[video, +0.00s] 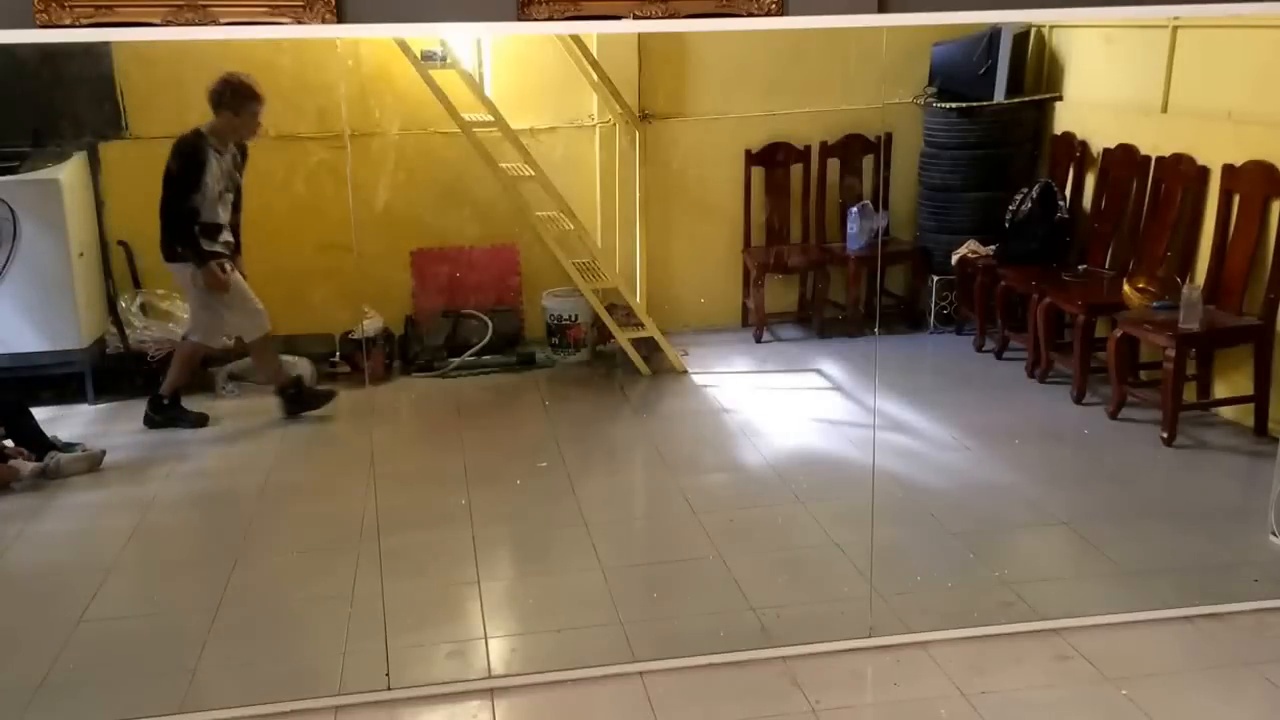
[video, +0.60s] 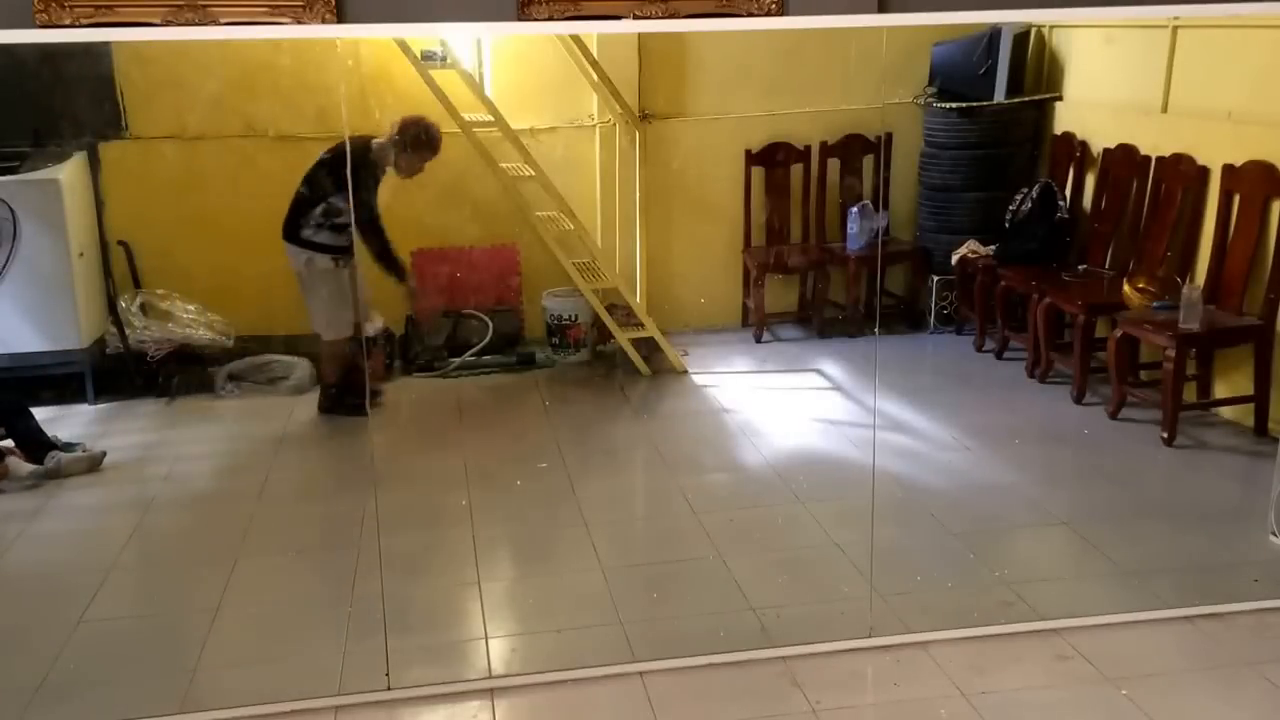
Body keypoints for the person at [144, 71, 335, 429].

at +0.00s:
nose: (258, 125)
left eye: (259, 117)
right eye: (254, 117)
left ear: (234, 115)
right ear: (229, 115)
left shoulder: (237, 152)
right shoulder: (190, 148)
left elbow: (233, 210)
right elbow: (175, 213)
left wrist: (235, 256)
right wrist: (203, 263)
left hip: (216, 252)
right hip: (192, 254)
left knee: (203, 328)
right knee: (253, 318)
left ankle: (163, 403)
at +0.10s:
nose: (288, 153)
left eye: (292, 145)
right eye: (285, 143)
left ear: (274, 137)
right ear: (265, 133)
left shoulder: (264, 168)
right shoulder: (217, 162)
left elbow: (255, 218)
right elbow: (197, 220)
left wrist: (256, 265)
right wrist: (211, 276)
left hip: (237, 257)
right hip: (212, 258)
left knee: (215, 334)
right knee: (264, 322)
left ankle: (164, 401)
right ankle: (319, 389)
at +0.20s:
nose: (332, 174)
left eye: (335, 167)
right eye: (331, 166)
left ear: (314, 156)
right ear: (313, 155)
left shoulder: (295, 180)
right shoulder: (257, 169)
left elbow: (278, 234)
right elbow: (228, 226)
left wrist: (276, 282)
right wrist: (220, 284)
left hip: (260, 263)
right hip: (239, 263)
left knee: (225, 332)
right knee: (285, 328)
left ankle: (167, 396)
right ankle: (328, 394)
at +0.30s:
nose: (361, 185)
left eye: (365, 179)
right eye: (360, 177)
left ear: (342, 161)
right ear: (344, 166)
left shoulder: (322, 178)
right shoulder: (302, 180)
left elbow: (301, 233)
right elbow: (273, 236)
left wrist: (297, 275)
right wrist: (245, 290)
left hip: (269, 249)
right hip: (253, 251)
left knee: (249, 324)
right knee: (295, 314)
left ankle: (186, 380)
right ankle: (329, 393)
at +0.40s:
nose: (379, 187)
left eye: (384, 182)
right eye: (379, 180)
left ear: (363, 160)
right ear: (364, 166)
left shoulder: (335, 163)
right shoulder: (329, 183)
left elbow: (317, 226)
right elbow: (309, 239)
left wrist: (313, 264)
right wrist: (294, 294)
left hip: (274, 243)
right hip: (276, 249)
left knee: (285, 319)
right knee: (311, 321)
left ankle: (226, 368)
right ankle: (329, 393)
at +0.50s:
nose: (400, 179)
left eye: (406, 173)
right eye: (401, 170)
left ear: (384, 147)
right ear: (387, 152)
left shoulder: (348, 159)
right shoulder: (345, 168)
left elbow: (335, 228)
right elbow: (341, 235)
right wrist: (353, 294)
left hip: (305, 244)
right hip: (295, 246)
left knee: (324, 316)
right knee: (323, 320)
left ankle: (279, 371)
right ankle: (330, 393)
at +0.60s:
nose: (420, 170)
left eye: (424, 163)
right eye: (420, 162)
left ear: (402, 145)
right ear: (404, 149)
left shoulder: (373, 158)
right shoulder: (361, 163)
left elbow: (368, 222)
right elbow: (367, 223)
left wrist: (396, 268)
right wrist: (399, 271)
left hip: (337, 244)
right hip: (313, 245)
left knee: (354, 320)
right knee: (334, 325)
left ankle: (348, 387)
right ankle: (331, 396)